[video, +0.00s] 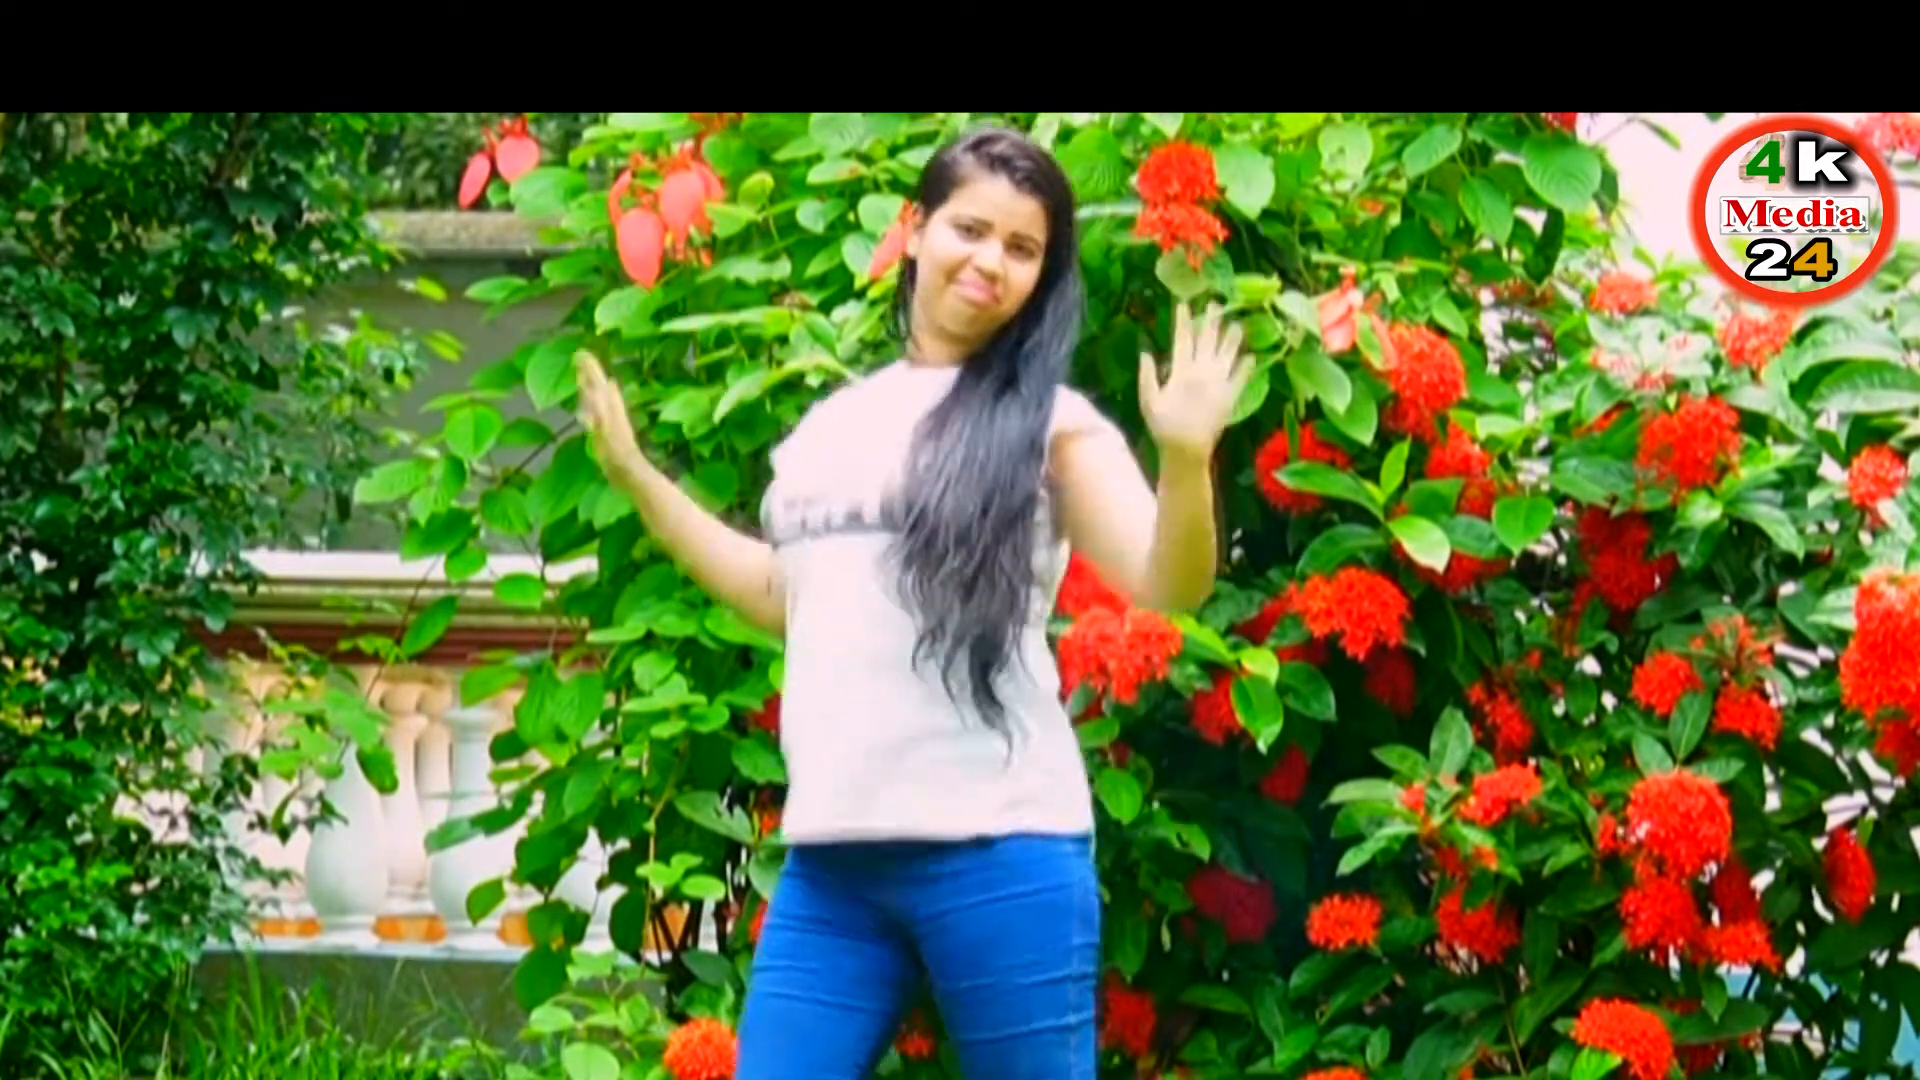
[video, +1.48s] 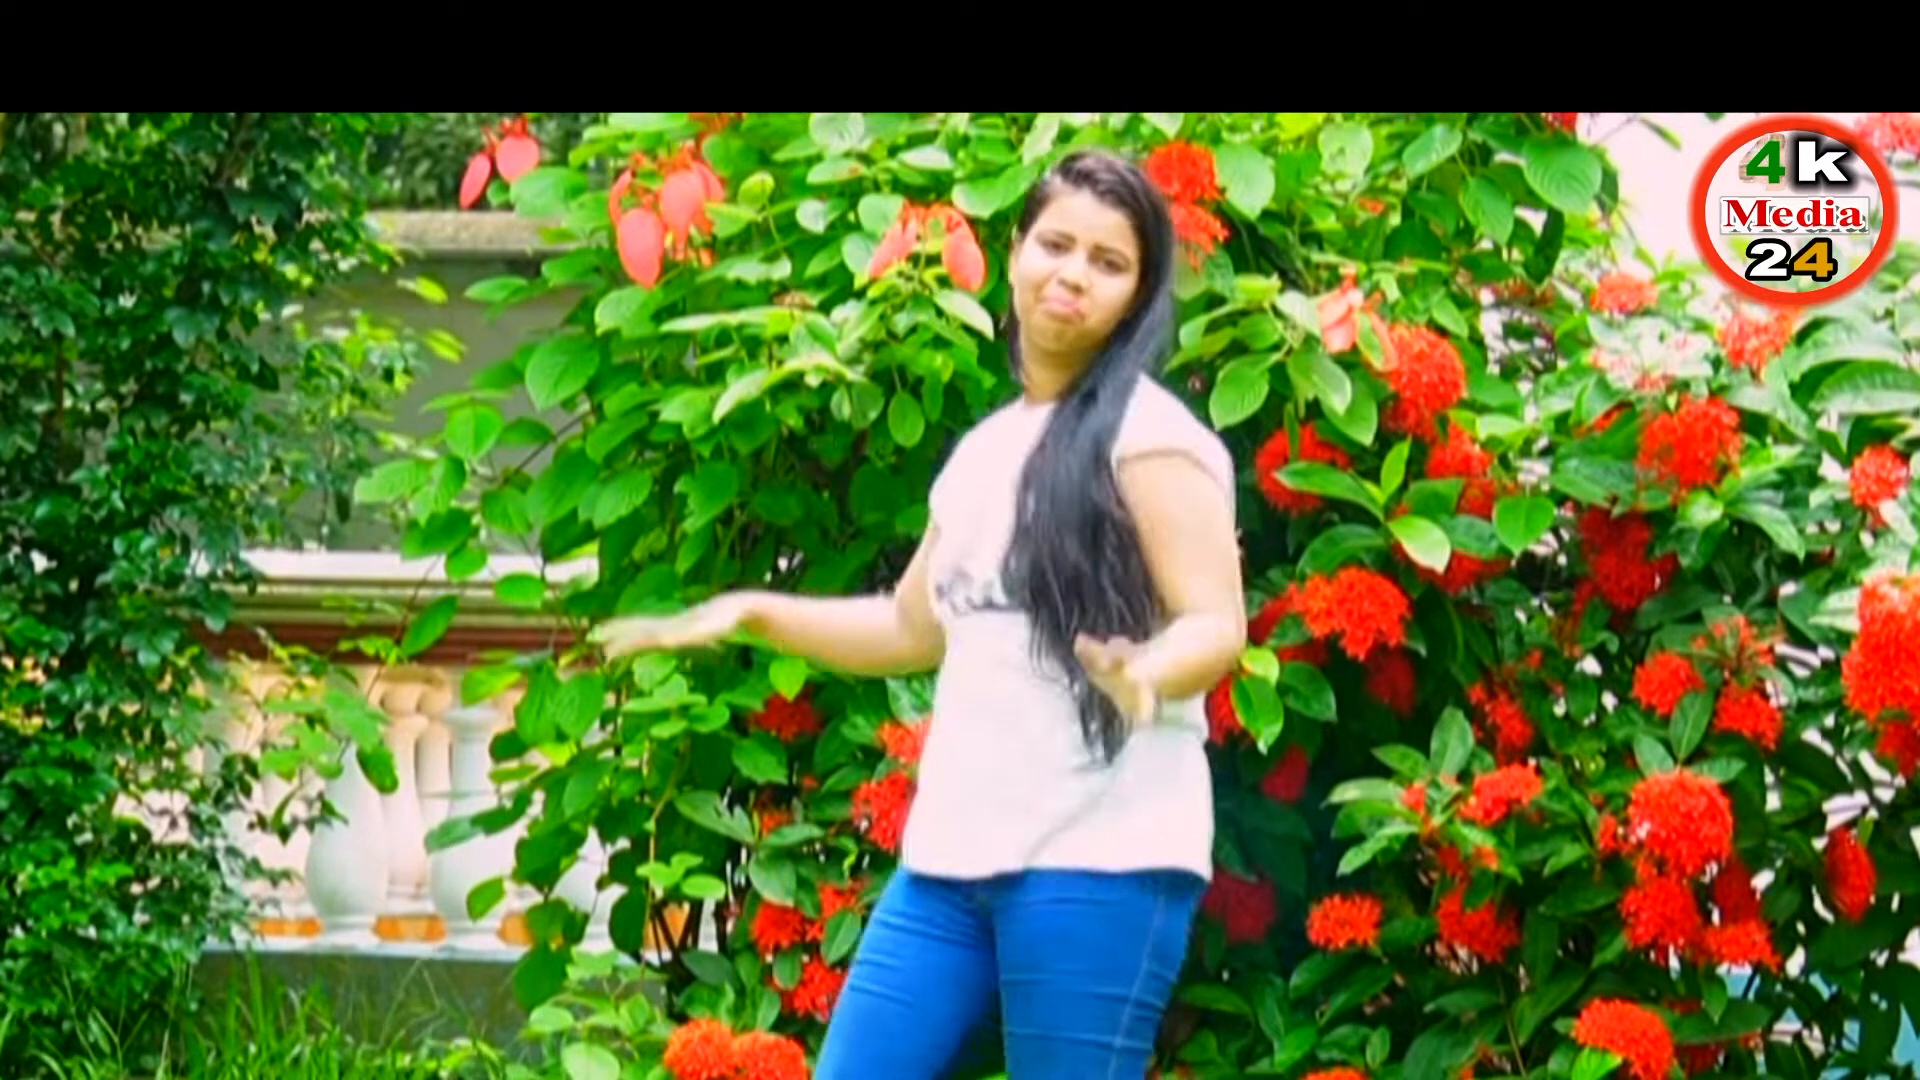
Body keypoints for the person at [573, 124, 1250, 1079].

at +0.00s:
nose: (989, 263)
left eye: (1021, 248)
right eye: (969, 229)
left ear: (1042, 276)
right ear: (916, 233)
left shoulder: (1046, 418)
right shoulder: (829, 421)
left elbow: (1165, 592)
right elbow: (783, 600)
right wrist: (634, 471)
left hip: (1004, 861)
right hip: (829, 862)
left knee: (1036, 1070)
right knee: (769, 1071)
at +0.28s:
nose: (968, 291)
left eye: (999, 275)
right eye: (947, 258)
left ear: (1023, 303)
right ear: (890, 263)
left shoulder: (1027, 431)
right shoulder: (823, 450)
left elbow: (1121, 640)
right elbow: (780, 631)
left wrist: (1129, 637)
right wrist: (605, 604)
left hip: (982, 879)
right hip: (809, 879)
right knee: (733, 1069)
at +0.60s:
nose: (989, 283)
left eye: (1023, 271)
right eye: (972, 251)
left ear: (1047, 304)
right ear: (923, 261)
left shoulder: (1067, 433)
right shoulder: (879, 452)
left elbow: (1148, 627)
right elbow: (804, 634)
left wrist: (1102, 593)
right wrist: (631, 622)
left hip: (995, 878)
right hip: (825, 865)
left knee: (1008, 1067)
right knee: (758, 1065)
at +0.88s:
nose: (1057, 234)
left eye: (1088, 218)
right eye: (1036, 205)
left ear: (1121, 253)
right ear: (990, 223)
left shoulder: (1129, 392)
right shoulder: (944, 406)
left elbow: (1219, 569)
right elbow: (889, 581)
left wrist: (1183, 389)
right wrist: (787, 443)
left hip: (1086, 846)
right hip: (930, 848)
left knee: (1089, 1071)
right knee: (852, 1069)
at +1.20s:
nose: (1096, 264)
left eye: (1131, 248)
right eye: (1077, 233)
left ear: (1169, 282)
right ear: (1039, 247)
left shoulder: (1172, 418)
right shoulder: (1010, 434)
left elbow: (1265, 604)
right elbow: (959, 607)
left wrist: (1210, 434)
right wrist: (834, 486)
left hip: (1120, 867)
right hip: (966, 865)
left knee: (1078, 1070)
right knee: (859, 1071)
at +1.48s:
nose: (1071, 275)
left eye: (1107, 262)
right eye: (1054, 244)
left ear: (1139, 295)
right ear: (1015, 254)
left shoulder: (1152, 432)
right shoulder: (984, 449)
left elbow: (1217, 623)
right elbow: (909, 629)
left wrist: (1150, 672)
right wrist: (752, 610)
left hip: (1101, 858)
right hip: (948, 850)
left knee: (1071, 1069)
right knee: (852, 1067)